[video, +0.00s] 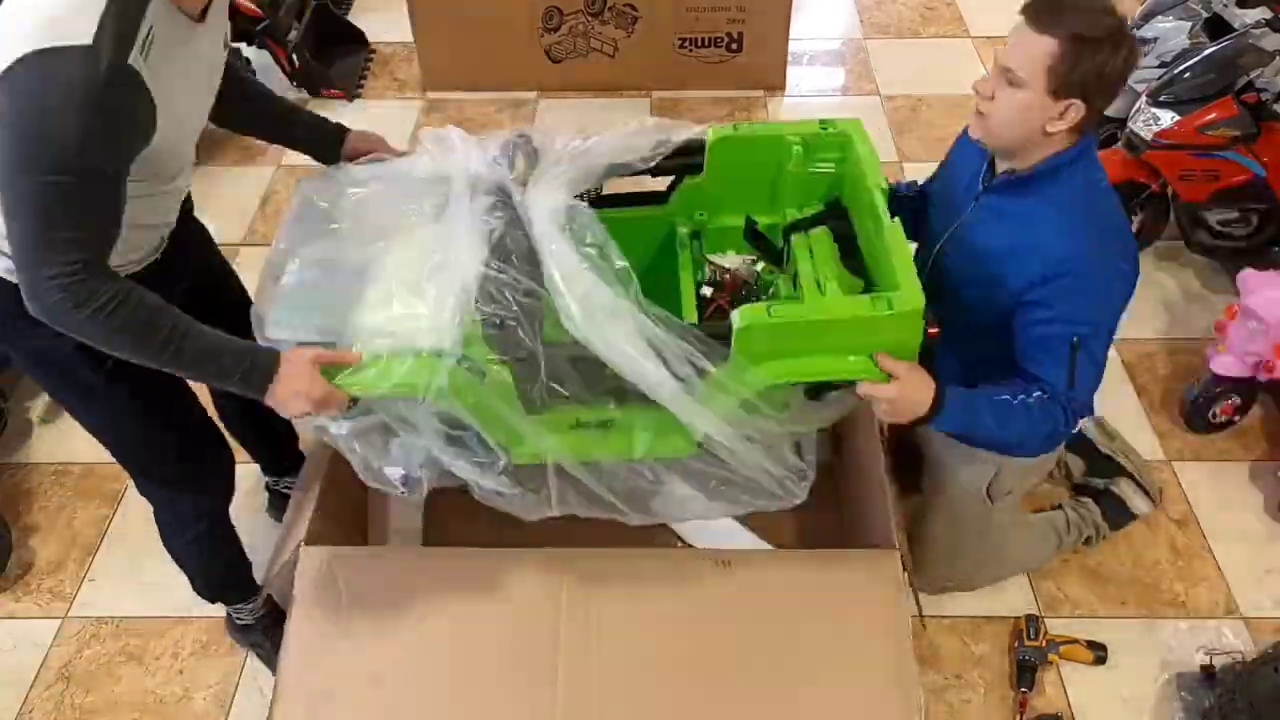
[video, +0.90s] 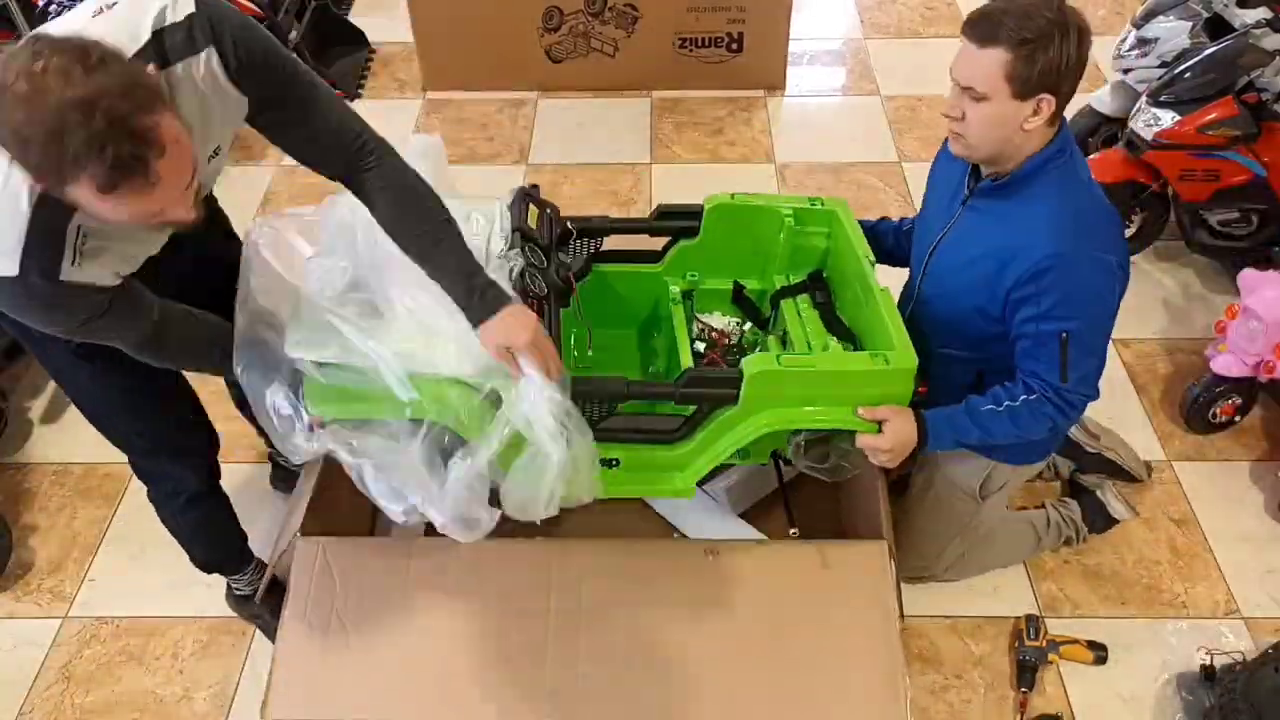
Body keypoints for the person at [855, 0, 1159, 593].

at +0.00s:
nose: (981, 87)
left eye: (1009, 82)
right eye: (995, 67)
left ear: (1063, 116)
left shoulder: (1089, 252)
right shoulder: (989, 136)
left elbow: (1052, 409)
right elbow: (929, 212)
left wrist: (936, 403)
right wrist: (844, 204)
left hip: (993, 420)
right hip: (928, 355)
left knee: (944, 566)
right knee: (919, 471)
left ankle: (1103, 509)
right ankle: (1064, 457)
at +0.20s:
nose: (985, 95)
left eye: (1011, 88)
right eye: (997, 75)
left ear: (1070, 119)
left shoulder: (1080, 254)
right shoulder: (988, 141)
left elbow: (1014, 414)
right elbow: (887, 186)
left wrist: (872, 425)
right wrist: (801, 163)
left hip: (1009, 431)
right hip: (943, 373)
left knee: (946, 567)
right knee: (917, 473)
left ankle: (1104, 512)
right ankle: (1059, 450)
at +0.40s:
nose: (1000, 229)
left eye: (1031, 227)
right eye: (1000, 200)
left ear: (1088, 223)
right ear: (1003, 165)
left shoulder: (1094, 308)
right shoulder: (978, 180)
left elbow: (1004, 464)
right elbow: (879, 236)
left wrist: (849, 472)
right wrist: (773, 233)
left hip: (1008, 455)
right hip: (939, 400)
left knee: (923, 559)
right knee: (897, 461)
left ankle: (1076, 509)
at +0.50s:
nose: (992, 219)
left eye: (1024, 222)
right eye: (996, 190)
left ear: (1083, 228)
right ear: (1005, 156)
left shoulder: (1081, 321)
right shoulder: (974, 172)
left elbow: (980, 449)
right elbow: (878, 224)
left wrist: (841, 450)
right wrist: (768, 232)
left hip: (995, 453)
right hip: (924, 392)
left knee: (913, 555)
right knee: (891, 486)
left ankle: (1073, 507)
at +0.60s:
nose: (970, 146)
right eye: (978, 127)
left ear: (1058, 160)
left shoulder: (1090, 297)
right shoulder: (976, 179)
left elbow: (1013, 449)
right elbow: (908, 243)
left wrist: (870, 470)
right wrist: (801, 253)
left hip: (998, 451)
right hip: (929, 396)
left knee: (915, 557)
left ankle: (1077, 506)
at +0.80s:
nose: (962, 103)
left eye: (982, 92)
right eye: (970, 85)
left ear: (1042, 115)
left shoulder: (1087, 263)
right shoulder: (972, 153)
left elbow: (1058, 411)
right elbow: (942, 245)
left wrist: (932, 448)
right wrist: (852, 238)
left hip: (992, 421)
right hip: (915, 358)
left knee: (918, 555)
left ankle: (1078, 505)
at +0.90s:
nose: (950, 109)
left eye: (974, 98)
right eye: (953, 88)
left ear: (1038, 114)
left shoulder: (1075, 248)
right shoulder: (969, 148)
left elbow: (1049, 401)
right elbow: (937, 243)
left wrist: (923, 429)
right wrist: (848, 236)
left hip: (996, 420)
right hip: (924, 365)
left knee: (918, 554)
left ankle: (1080, 512)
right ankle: (1046, 449)